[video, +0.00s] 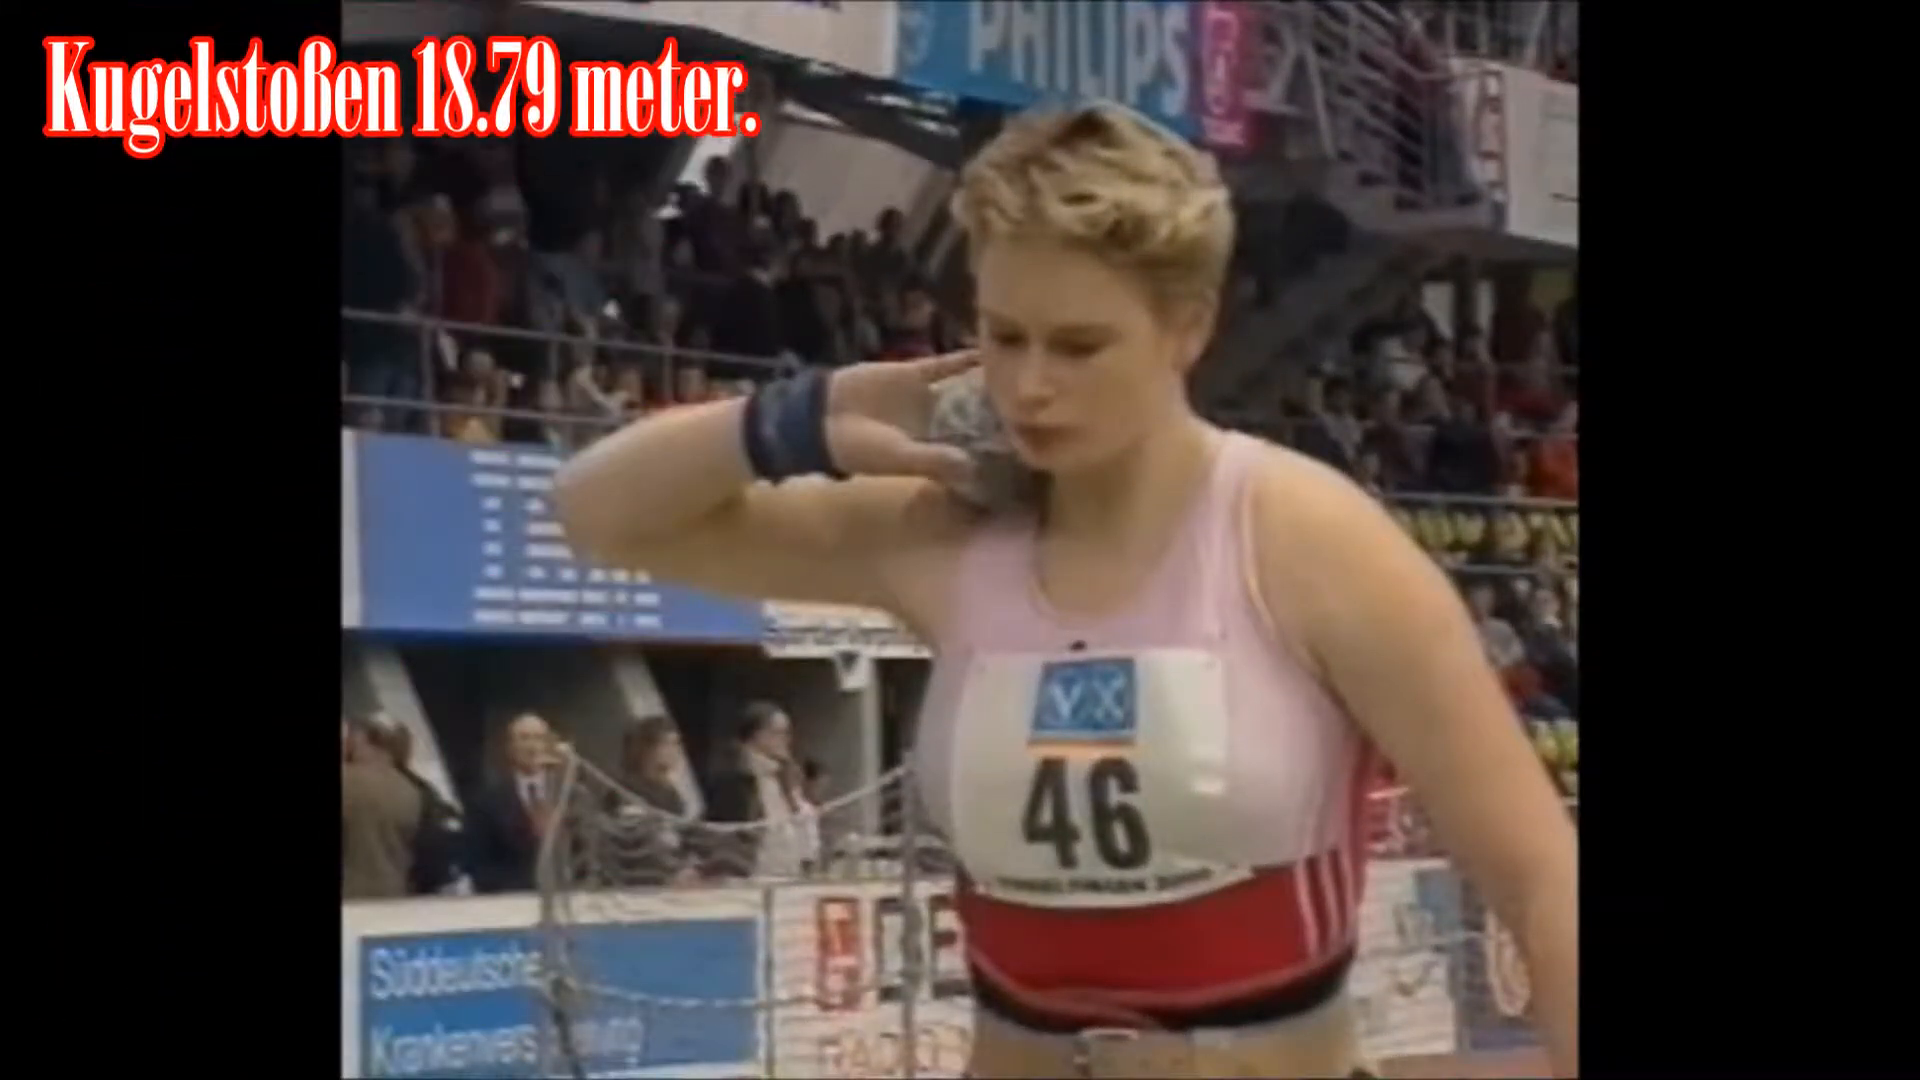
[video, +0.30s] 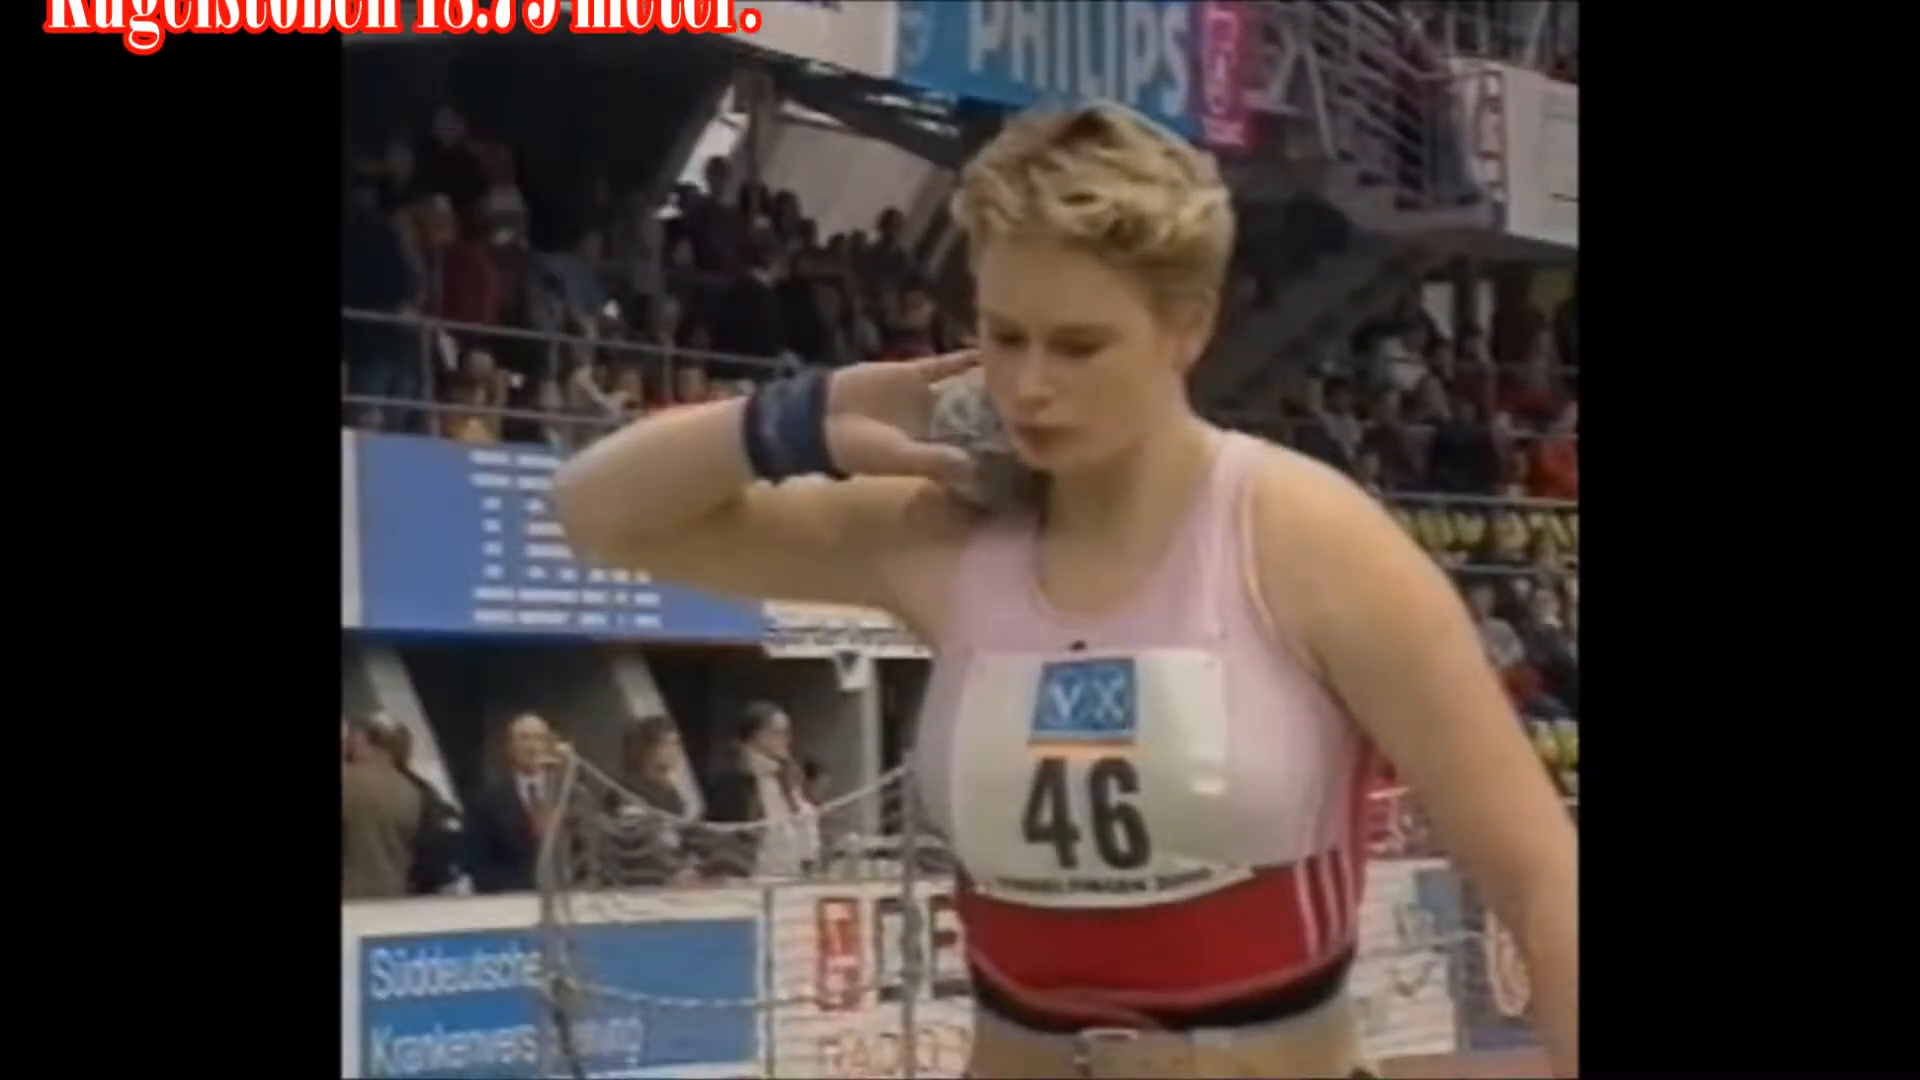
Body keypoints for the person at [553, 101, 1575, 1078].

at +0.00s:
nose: (1028, 386)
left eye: (1079, 344)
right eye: (1004, 338)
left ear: (1186, 330)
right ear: (974, 324)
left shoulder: (1303, 533)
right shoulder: (928, 534)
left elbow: (1539, 875)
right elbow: (600, 512)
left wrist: (1564, 1060)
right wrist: (809, 420)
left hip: (1270, 1054)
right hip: (1016, 1051)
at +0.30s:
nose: (1028, 386)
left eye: (1079, 344)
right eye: (1004, 338)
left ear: (1186, 330)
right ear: (974, 324)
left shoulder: (1303, 533)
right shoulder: (928, 534)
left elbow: (1539, 875)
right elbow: (600, 512)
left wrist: (1564, 1060)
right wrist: (810, 420)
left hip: (1270, 1054)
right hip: (1016, 1051)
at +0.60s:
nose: (1028, 387)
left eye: (1079, 345)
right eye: (1004, 339)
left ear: (1186, 329)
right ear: (974, 326)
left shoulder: (1302, 533)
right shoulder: (925, 532)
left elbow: (1539, 874)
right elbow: (599, 512)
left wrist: (1564, 1060)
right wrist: (813, 419)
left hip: (1271, 1055)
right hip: (1016, 1052)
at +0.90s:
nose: (1049, 381)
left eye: (1087, 344)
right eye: (1014, 338)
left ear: (1187, 326)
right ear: (970, 319)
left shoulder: (1312, 538)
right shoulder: (949, 539)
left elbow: (1539, 876)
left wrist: (1561, 1051)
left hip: (1269, 1050)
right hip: (1011, 1048)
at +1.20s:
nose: (873, 549)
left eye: (914, 501)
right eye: (843, 503)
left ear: (1020, 475)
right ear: (813, 491)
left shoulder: (1178, 625)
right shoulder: (824, 735)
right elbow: (583, 953)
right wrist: (655, 653)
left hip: (1282, 1068)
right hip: (1006, 1073)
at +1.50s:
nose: (981, 496)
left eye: (1027, 453)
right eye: (954, 453)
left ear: (1133, 439)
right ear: (929, 454)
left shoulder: (1260, 604)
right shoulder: (921, 705)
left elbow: (1519, 871)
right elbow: (623, 855)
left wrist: (1558, 1043)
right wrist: (801, 603)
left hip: (1315, 1052)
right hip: (1074, 1063)